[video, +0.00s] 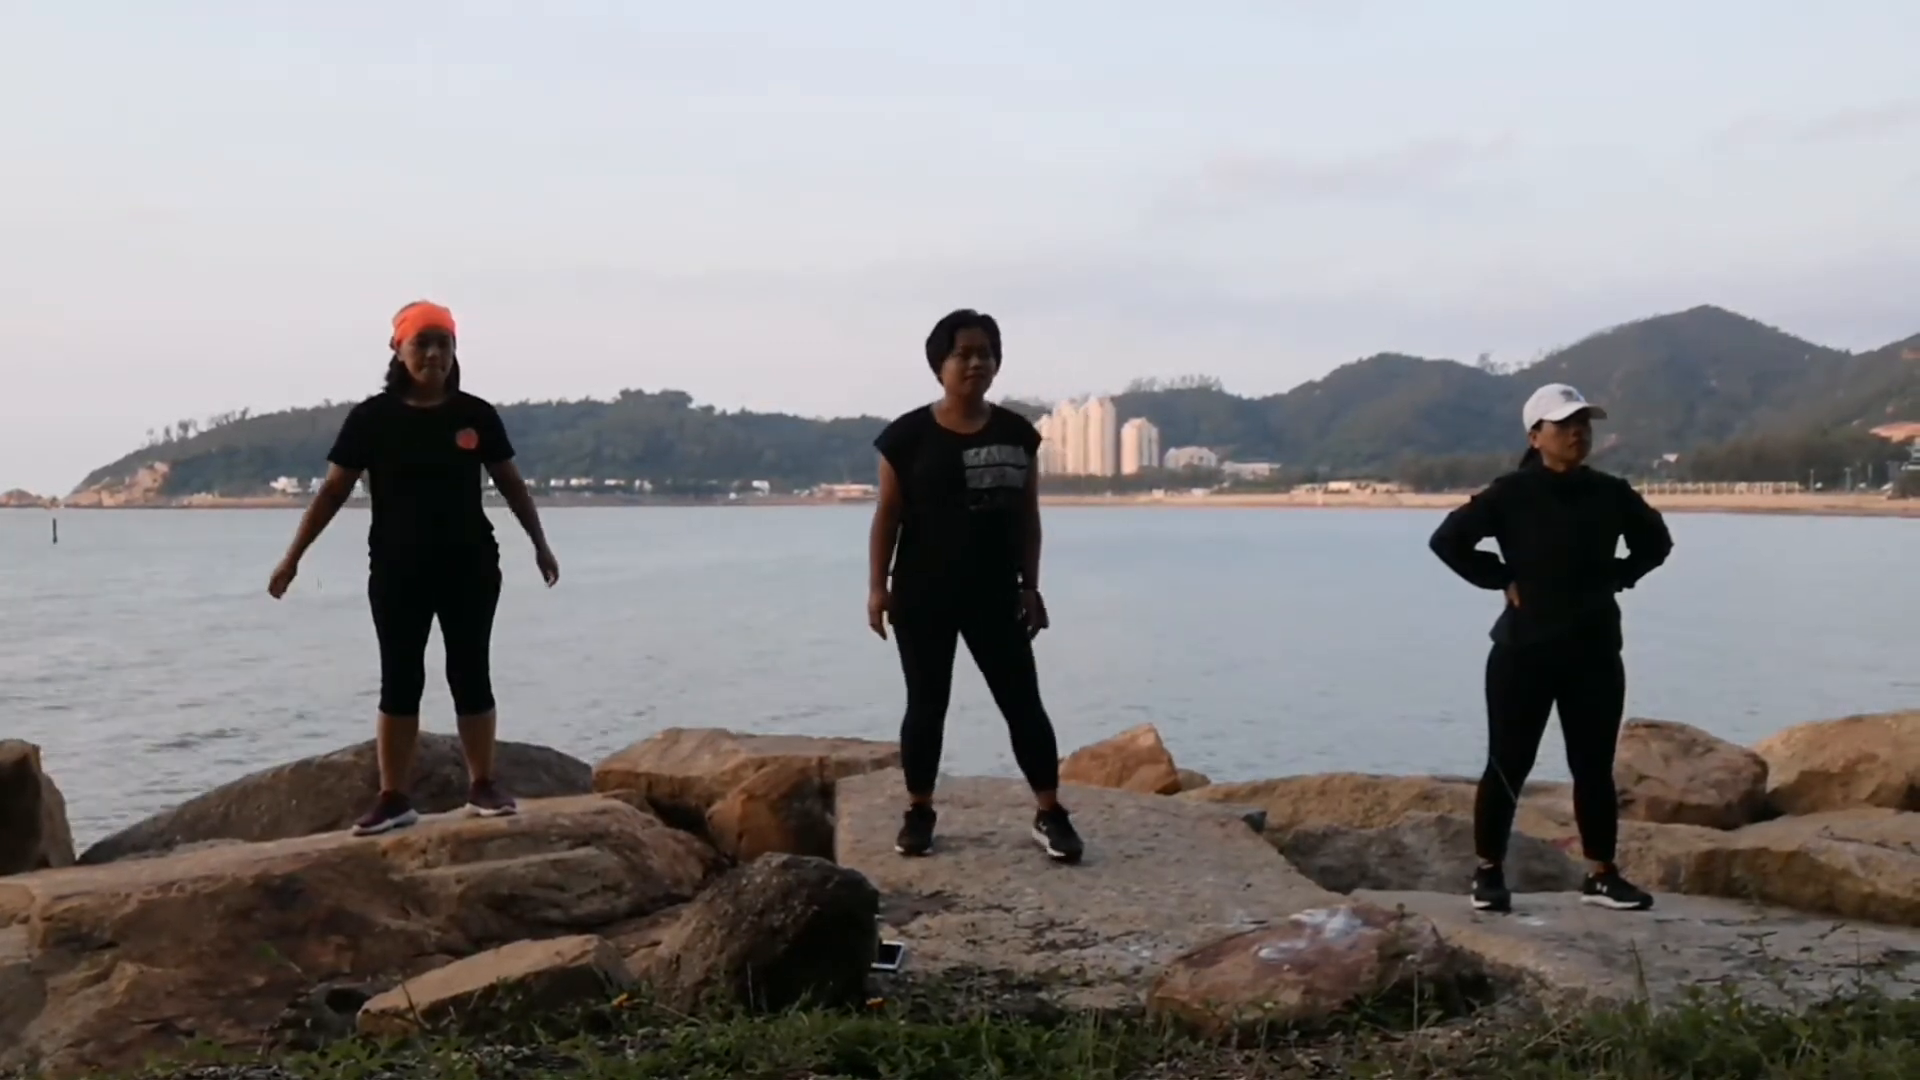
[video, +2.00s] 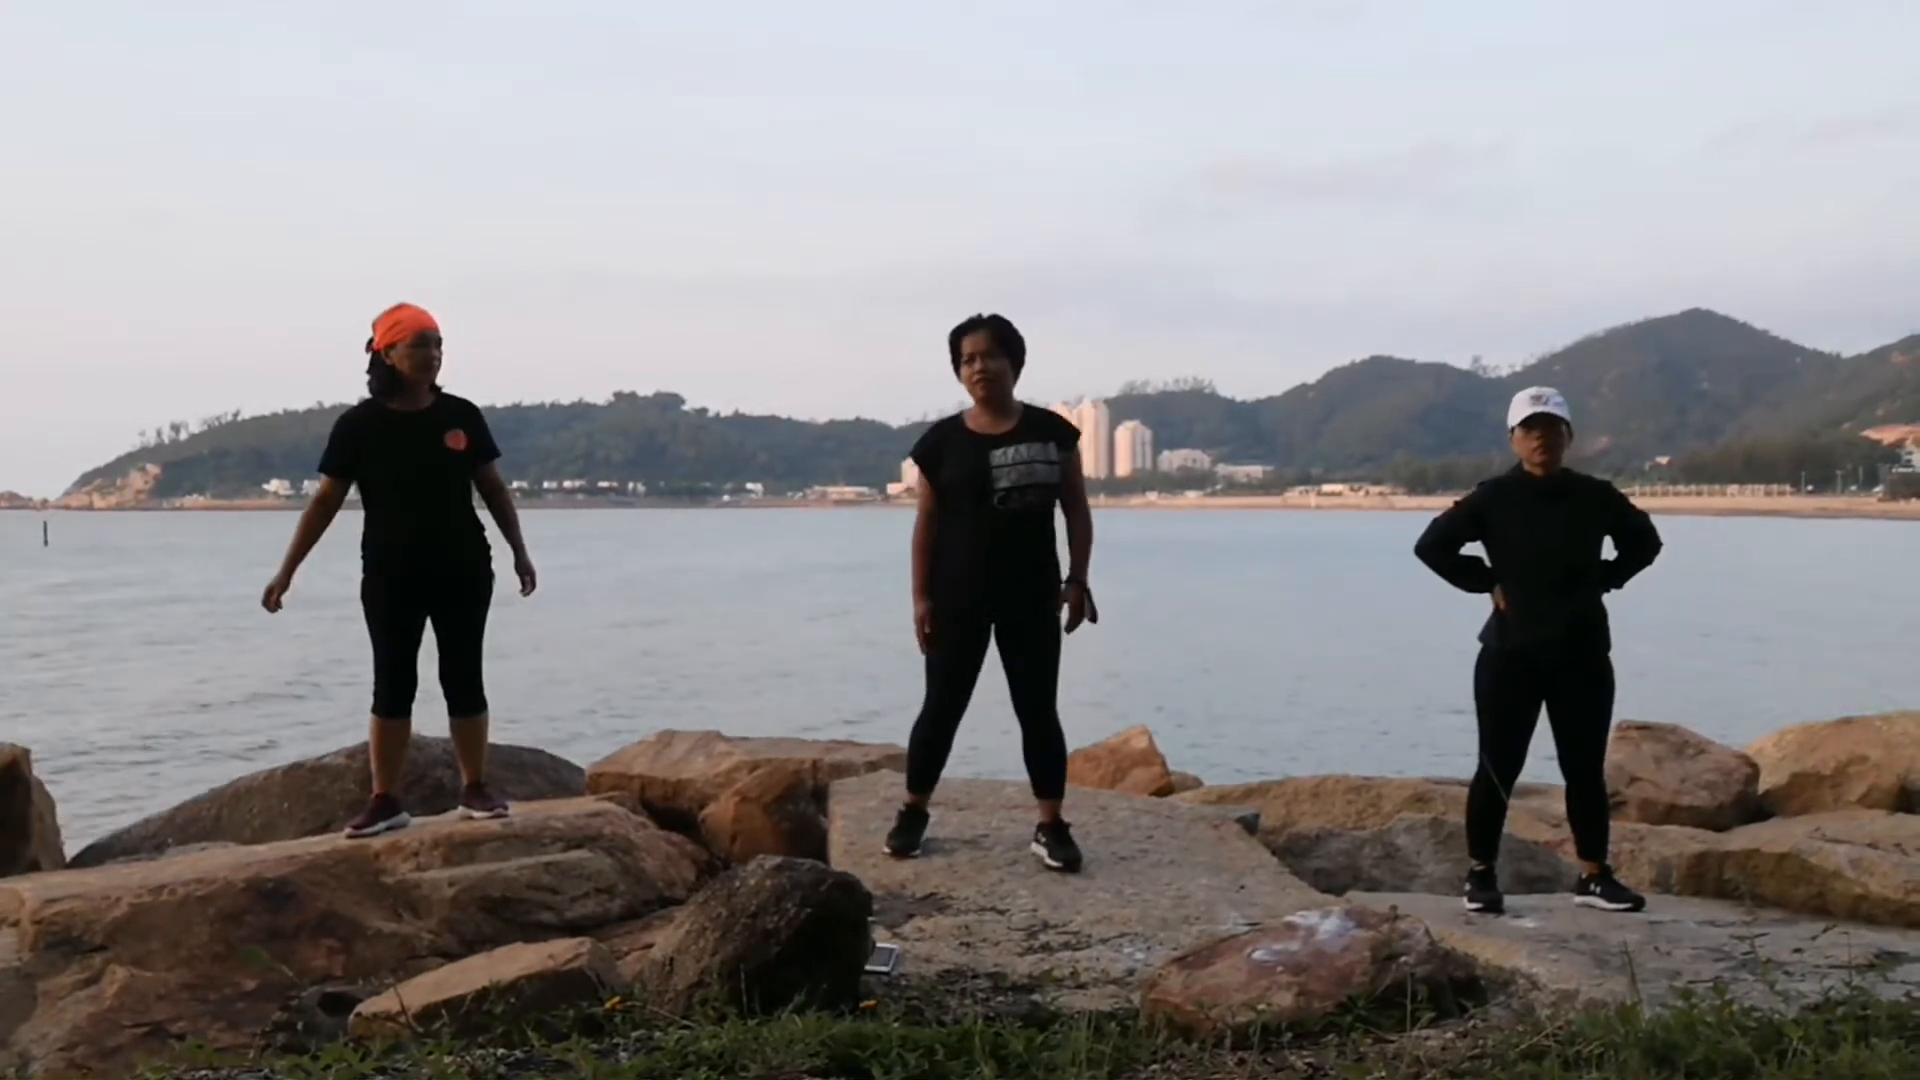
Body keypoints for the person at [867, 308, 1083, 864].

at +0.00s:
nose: (974, 366)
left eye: (985, 357)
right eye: (963, 355)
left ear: (996, 366)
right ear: (939, 362)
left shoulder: (1017, 433)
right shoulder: (907, 435)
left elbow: (1028, 517)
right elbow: (887, 515)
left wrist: (1031, 586)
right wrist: (876, 585)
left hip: (994, 593)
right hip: (924, 594)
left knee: (1025, 705)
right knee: (925, 707)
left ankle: (1050, 812)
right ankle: (919, 811)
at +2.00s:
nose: (979, 369)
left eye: (990, 358)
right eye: (968, 361)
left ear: (1015, 363)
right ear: (958, 372)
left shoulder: (1053, 433)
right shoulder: (940, 443)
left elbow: (1076, 511)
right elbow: (924, 527)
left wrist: (1079, 577)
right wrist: (921, 598)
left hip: (1031, 598)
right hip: (959, 600)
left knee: (1039, 713)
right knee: (940, 710)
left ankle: (1051, 824)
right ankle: (914, 812)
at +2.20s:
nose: (1003, 368)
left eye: (1015, 357)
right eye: (992, 360)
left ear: (1037, 363)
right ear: (981, 370)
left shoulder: (1072, 430)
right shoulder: (962, 436)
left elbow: (1100, 498)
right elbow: (938, 519)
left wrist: (1039, 522)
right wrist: (933, 589)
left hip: (1047, 595)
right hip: (977, 593)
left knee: (1049, 710)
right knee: (953, 705)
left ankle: (1052, 824)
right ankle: (917, 809)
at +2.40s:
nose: (1020, 366)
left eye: (1032, 356)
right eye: (1010, 356)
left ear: (1054, 365)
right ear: (996, 367)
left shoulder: (1078, 426)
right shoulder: (973, 429)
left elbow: (1057, 482)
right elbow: (964, 510)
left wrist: (984, 460)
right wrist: (966, 584)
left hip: (1048, 590)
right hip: (981, 585)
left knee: (1048, 710)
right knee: (951, 703)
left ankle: (1051, 824)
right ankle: (917, 811)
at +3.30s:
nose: (946, 370)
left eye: (957, 360)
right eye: (935, 360)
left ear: (972, 369)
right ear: (915, 369)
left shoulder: (995, 434)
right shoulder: (891, 437)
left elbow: (999, 511)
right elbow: (887, 522)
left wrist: (927, 502)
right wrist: (895, 597)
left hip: (972, 591)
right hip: (906, 590)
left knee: (1002, 706)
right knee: (906, 710)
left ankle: (1032, 815)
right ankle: (903, 815)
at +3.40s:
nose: (945, 369)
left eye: (954, 359)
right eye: (933, 360)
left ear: (970, 367)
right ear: (913, 369)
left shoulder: (995, 433)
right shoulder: (885, 441)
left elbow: (1010, 511)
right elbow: (877, 528)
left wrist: (957, 536)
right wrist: (890, 594)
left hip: (975, 592)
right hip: (907, 591)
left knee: (1006, 704)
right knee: (906, 711)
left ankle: (1038, 814)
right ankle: (903, 815)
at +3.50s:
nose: (948, 370)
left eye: (957, 360)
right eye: (936, 361)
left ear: (973, 368)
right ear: (916, 371)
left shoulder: (1001, 437)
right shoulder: (888, 445)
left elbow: (1023, 519)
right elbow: (874, 527)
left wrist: (992, 571)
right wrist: (881, 592)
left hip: (979, 594)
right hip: (910, 598)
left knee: (1011, 709)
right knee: (907, 714)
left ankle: (1046, 817)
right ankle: (902, 817)